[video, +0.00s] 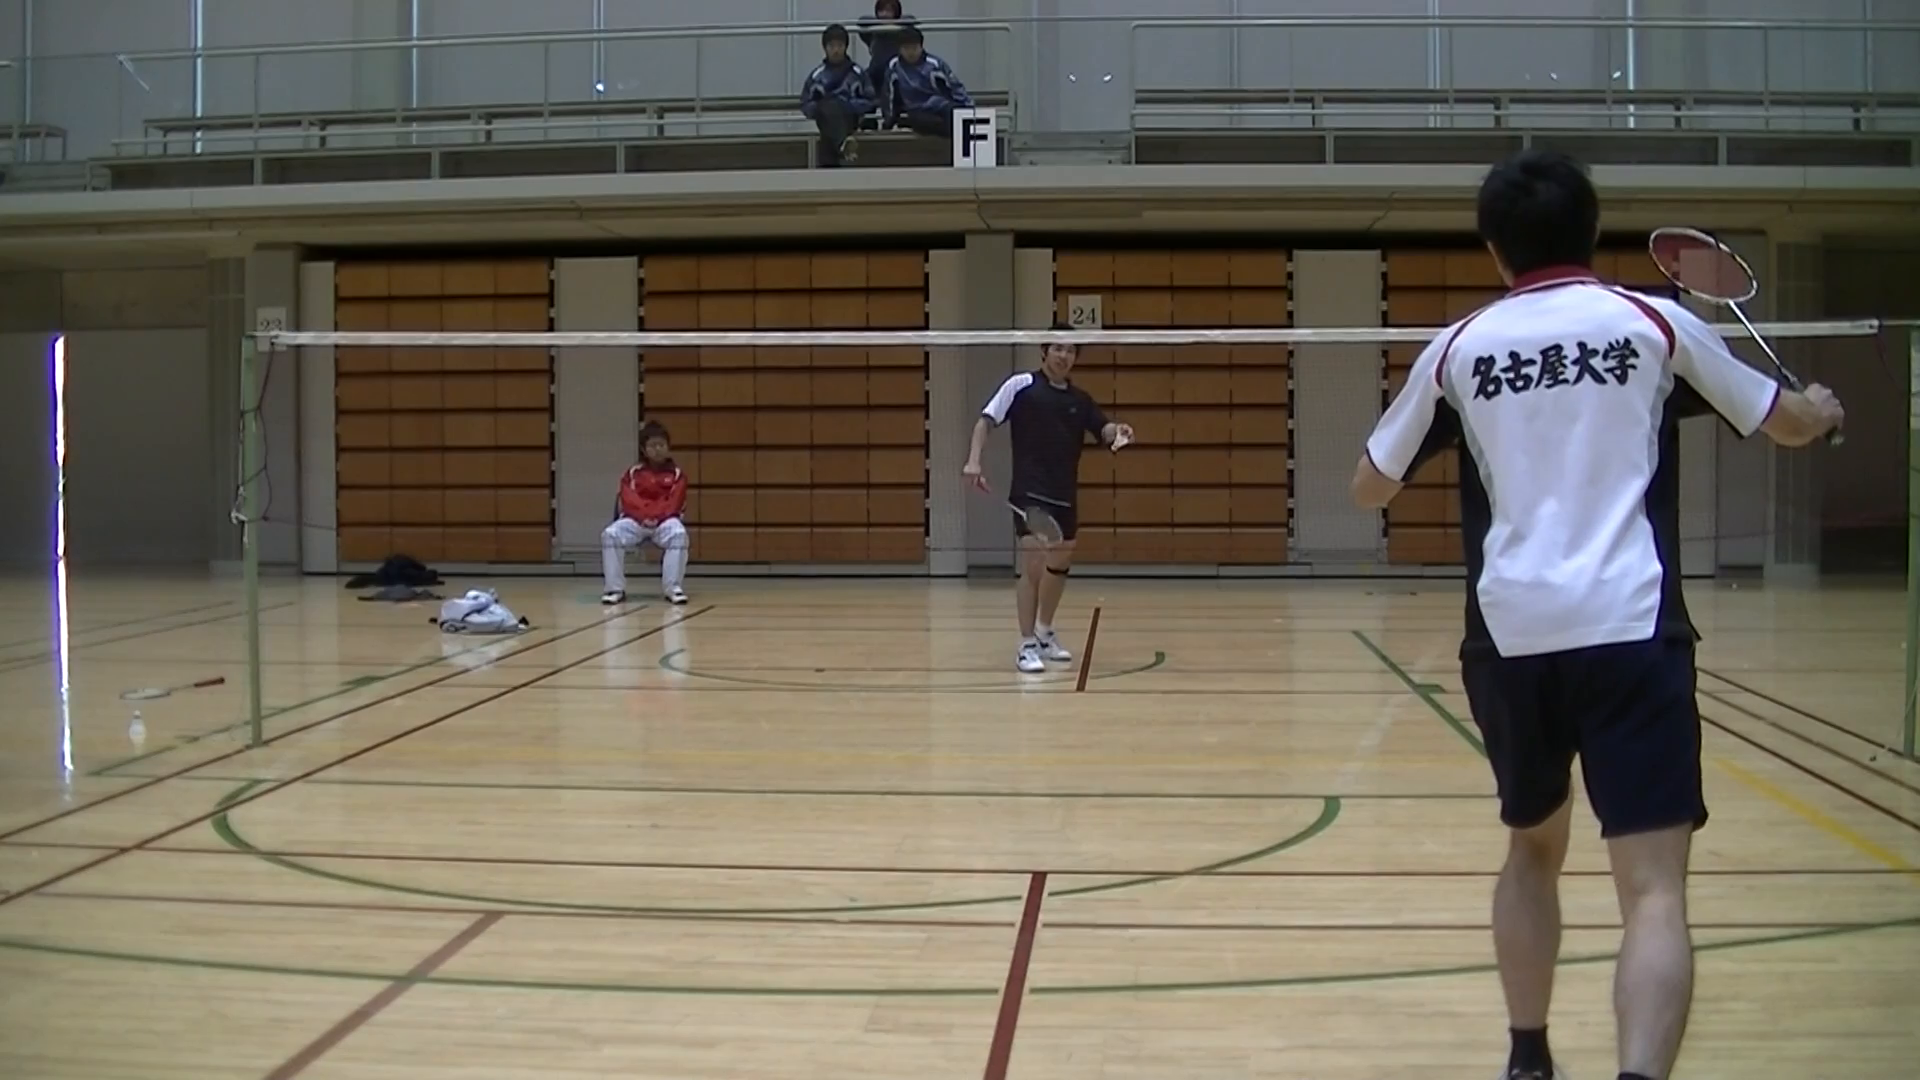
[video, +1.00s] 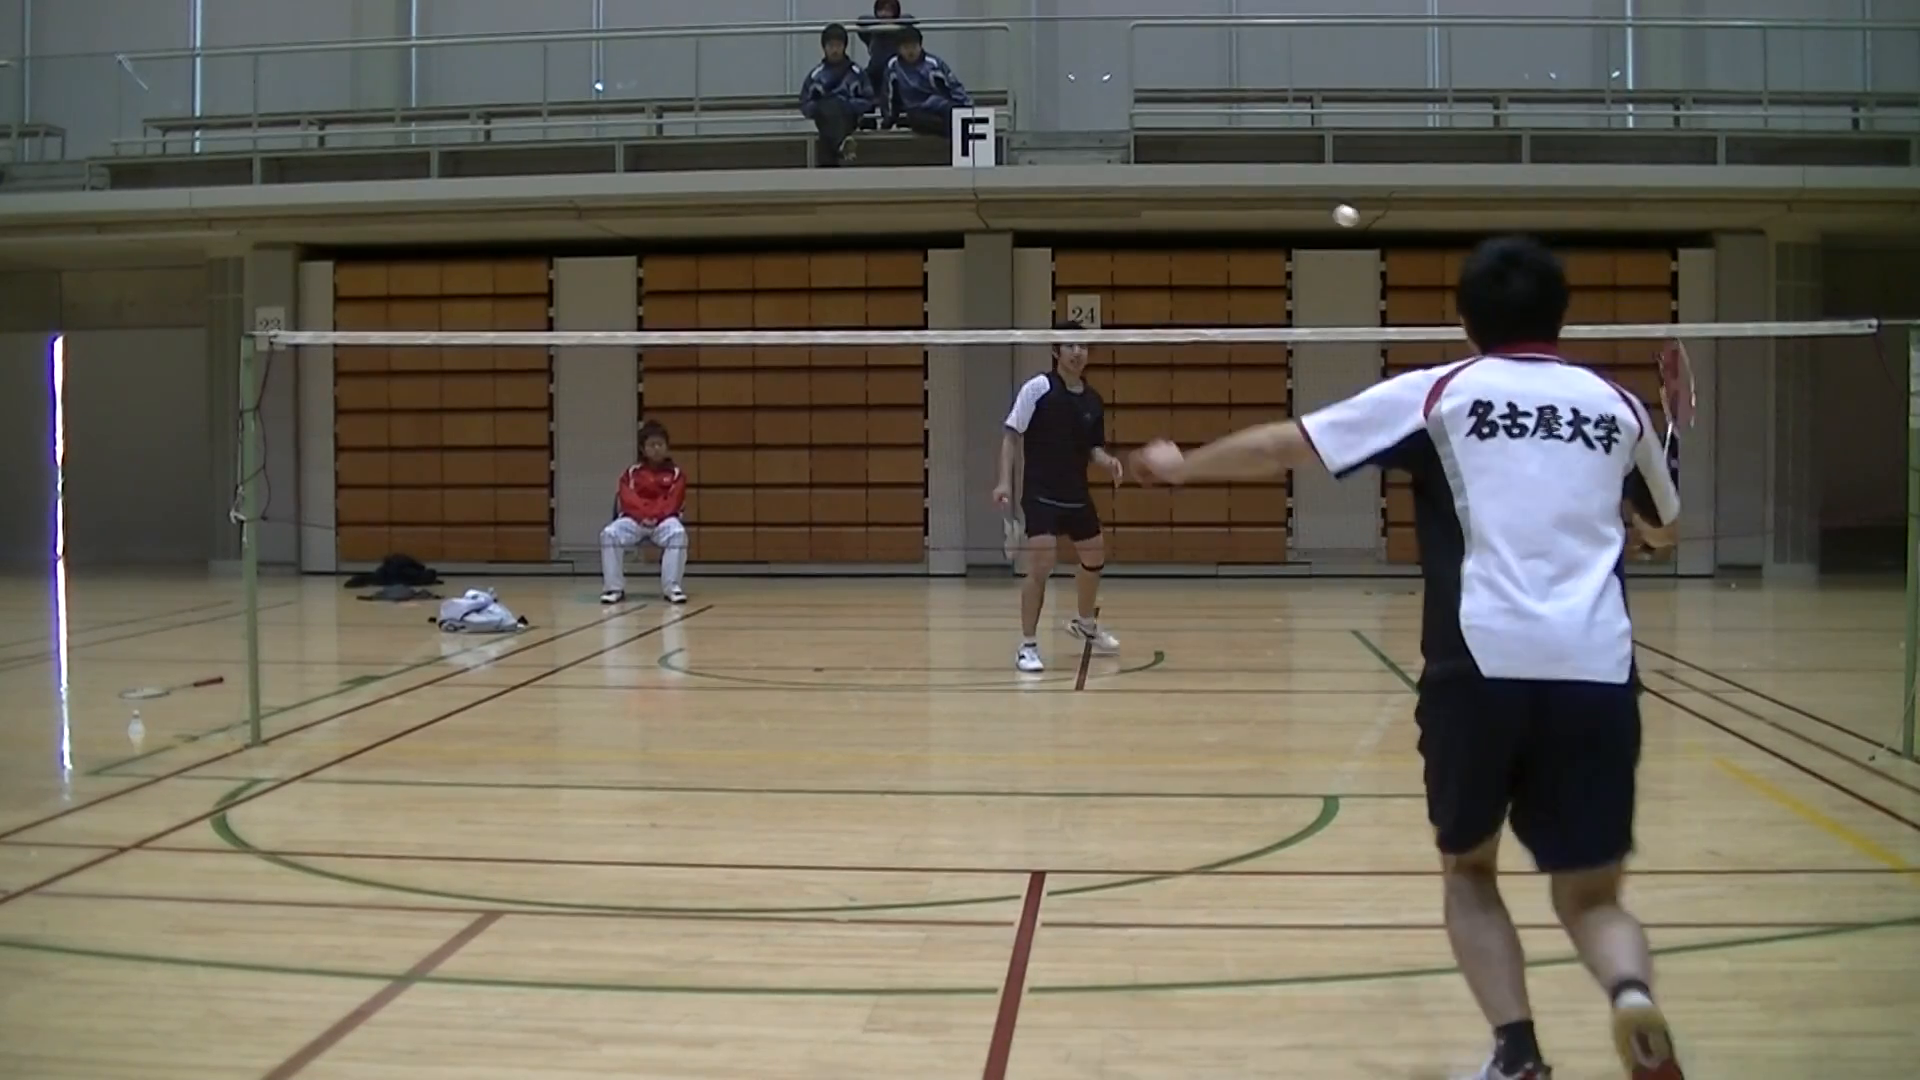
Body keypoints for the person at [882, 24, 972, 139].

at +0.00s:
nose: (911, 53)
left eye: (914, 48)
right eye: (906, 48)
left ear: (921, 47)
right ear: (900, 49)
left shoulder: (936, 65)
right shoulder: (894, 67)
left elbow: (955, 87)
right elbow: (891, 96)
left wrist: (968, 107)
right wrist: (889, 121)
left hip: (942, 107)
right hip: (916, 112)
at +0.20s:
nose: (910, 52)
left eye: (914, 47)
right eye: (906, 48)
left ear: (921, 47)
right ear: (900, 49)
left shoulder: (936, 65)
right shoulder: (894, 68)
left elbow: (955, 88)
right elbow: (891, 97)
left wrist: (968, 108)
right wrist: (889, 122)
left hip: (943, 108)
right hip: (916, 113)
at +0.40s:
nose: (911, 52)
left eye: (914, 47)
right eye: (906, 47)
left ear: (921, 47)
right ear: (900, 49)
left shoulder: (935, 64)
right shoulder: (894, 68)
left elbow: (954, 87)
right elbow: (890, 97)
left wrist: (968, 107)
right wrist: (889, 122)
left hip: (942, 107)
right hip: (916, 112)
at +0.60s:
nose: (911, 52)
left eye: (914, 47)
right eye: (906, 48)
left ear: (921, 47)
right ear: (899, 50)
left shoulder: (935, 64)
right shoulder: (893, 68)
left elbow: (955, 87)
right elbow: (889, 96)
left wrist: (968, 107)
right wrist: (889, 120)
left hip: (943, 107)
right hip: (915, 112)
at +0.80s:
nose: (910, 52)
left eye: (914, 47)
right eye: (906, 48)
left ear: (921, 47)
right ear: (899, 49)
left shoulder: (935, 64)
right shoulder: (893, 68)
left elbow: (954, 87)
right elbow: (889, 96)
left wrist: (968, 106)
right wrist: (888, 121)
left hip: (943, 108)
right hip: (914, 112)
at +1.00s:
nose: (910, 51)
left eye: (914, 47)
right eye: (905, 47)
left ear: (920, 46)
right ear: (899, 49)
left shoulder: (934, 64)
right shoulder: (893, 67)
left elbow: (954, 86)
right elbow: (889, 95)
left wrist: (966, 106)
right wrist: (889, 119)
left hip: (942, 107)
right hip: (915, 112)